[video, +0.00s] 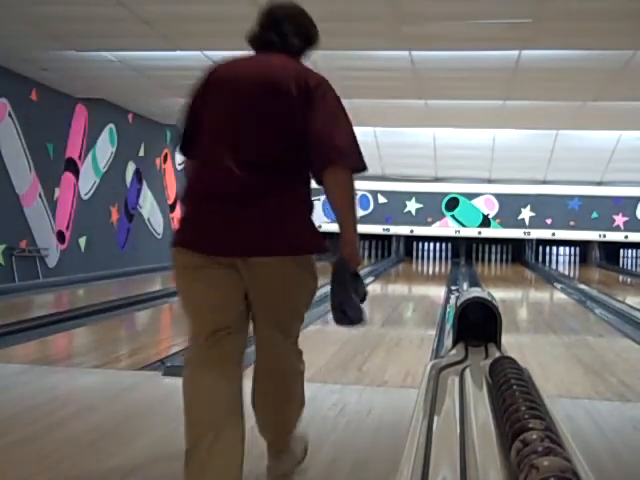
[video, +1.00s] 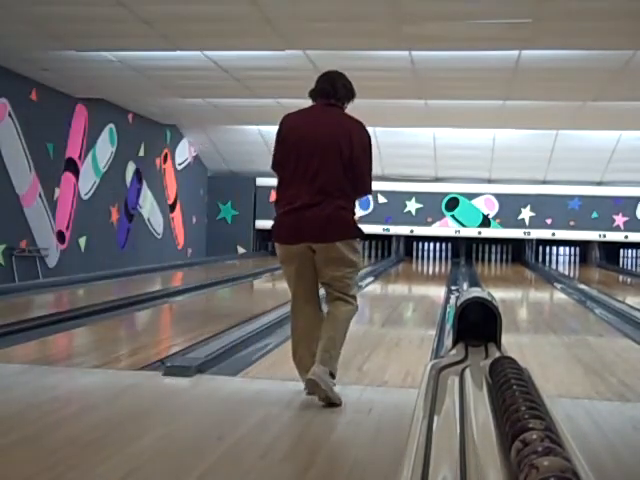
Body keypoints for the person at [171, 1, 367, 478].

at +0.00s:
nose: (308, 55)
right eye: (309, 48)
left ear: (255, 37)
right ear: (303, 45)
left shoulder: (215, 78)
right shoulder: (310, 86)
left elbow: (192, 151)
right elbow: (337, 172)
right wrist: (349, 248)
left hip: (202, 239)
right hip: (281, 244)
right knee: (279, 342)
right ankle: (281, 451)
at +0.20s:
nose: (336, 92)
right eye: (338, 86)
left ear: (292, 68)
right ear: (332, 80)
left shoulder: (254, 99)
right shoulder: (333, 111)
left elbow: (220, 169)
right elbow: (355, 190)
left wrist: (238, 217)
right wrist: (359, 252)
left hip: (235, 237)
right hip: (302, 238)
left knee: (249, 332)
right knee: (300, 346)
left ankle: (241, 400)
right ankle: (285, 455)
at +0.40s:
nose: (343, 109)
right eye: (344, 104)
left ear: (303, 93)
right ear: (337, 100)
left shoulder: (270, 124)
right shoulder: (345, 134)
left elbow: (235, 181)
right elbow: (368, 200)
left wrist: (223, 236)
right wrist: (370, 250)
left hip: (265, 246)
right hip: (318, 249)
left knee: (280, 325)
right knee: (313, 330)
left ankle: (289, 403)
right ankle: (291, 410)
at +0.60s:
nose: (348, 120)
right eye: (348, 115)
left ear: (310, 107)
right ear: (344, 113)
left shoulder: (282, 135)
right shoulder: (352, 146)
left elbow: (252, 185)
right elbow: (368, 208)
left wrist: (234, 235)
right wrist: (369, 254)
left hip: (278, 247)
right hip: (325, 250)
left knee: (296, 316)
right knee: (328, 323)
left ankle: (305, 387)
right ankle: (311, 382)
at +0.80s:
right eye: (349, 108)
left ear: (313, 101)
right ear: (346, 106)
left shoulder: (288, 127)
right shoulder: (357, 139)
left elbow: (264, 179)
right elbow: (366, 201)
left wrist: (279, 213)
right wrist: (355, 230)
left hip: (286, 235)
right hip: (333, 236)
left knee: (302, 308)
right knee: (336, 309)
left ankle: (311, 385)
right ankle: (319, 375)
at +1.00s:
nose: (349, 105)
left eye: (348, 101)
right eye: (349, 101)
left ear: (314, 94)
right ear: (345, 99)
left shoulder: (290, 122)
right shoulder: (354, 128)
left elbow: (278, 167)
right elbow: (362, 185)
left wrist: (306, 186)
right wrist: (331, 196)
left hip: (289, 227)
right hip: (334, 227)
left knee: (303, 301)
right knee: (342, 298)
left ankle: (310, 377)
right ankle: (323, 369)